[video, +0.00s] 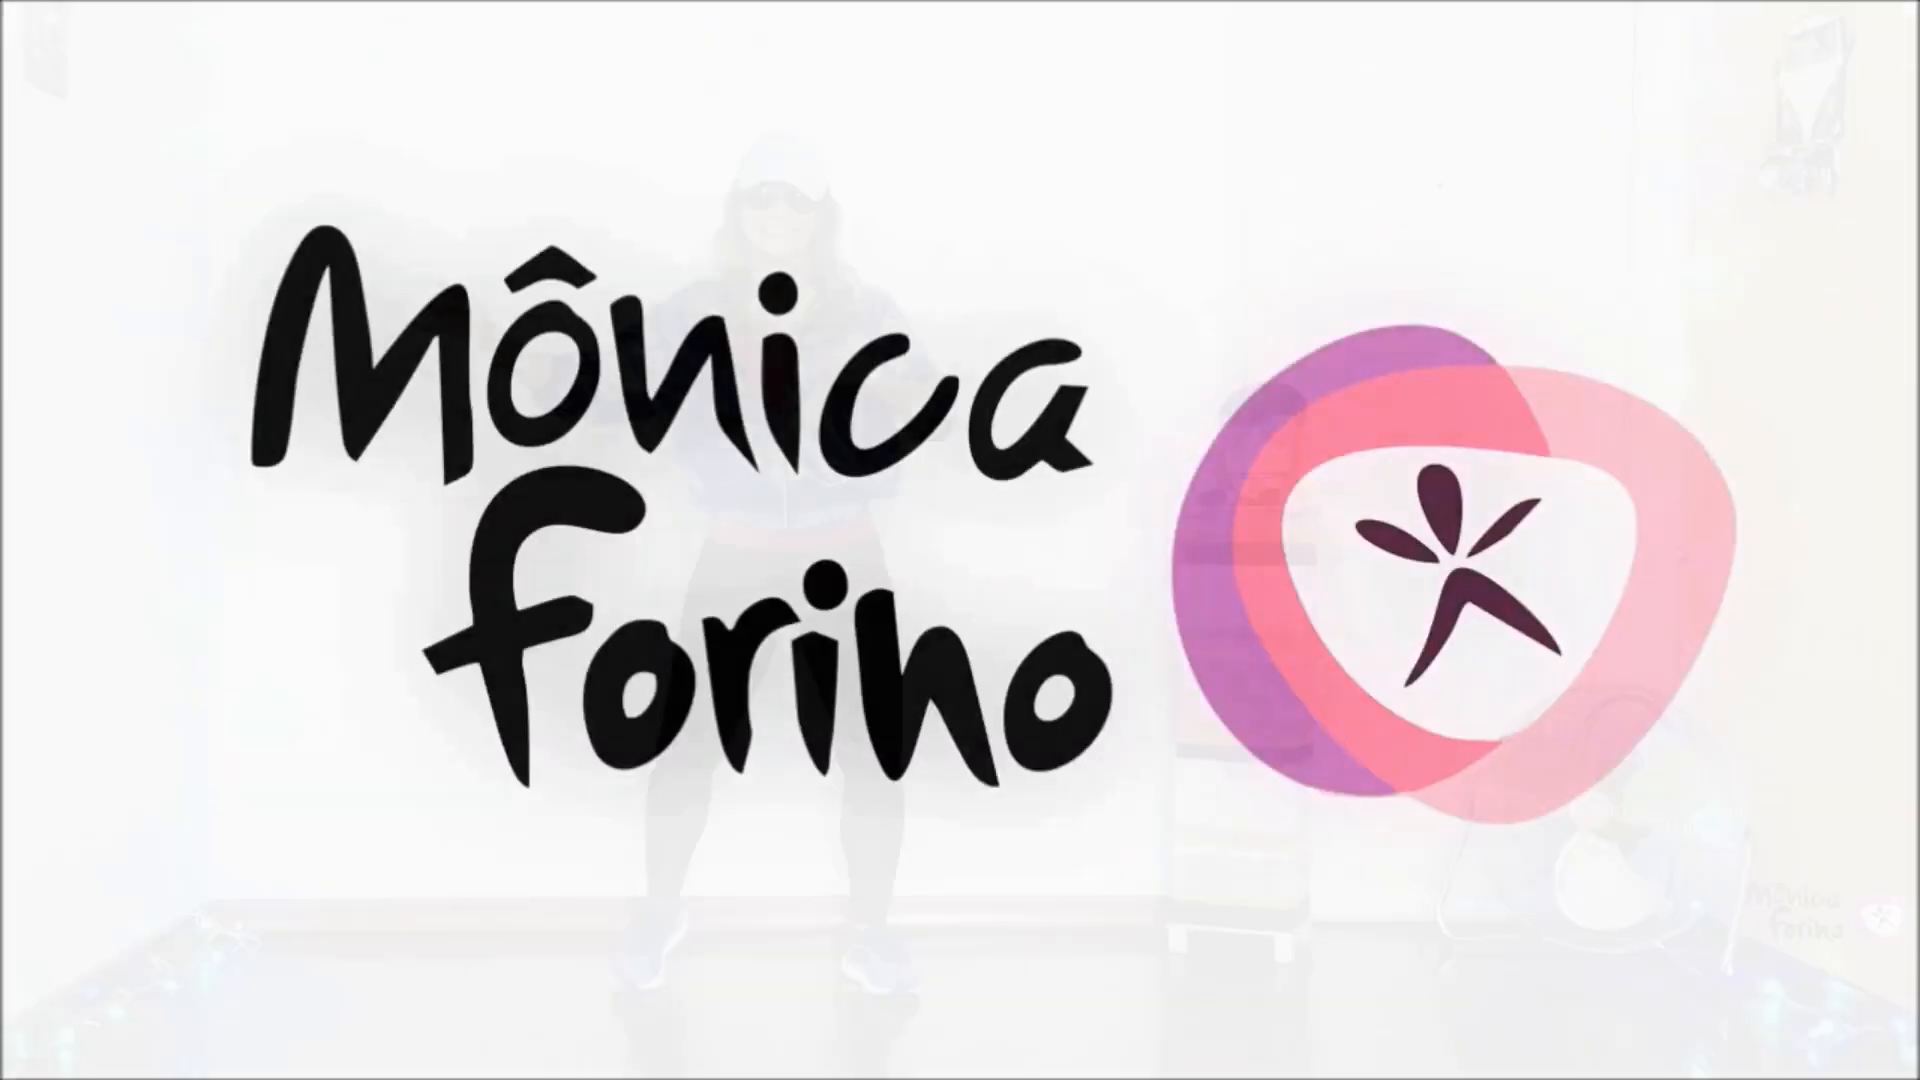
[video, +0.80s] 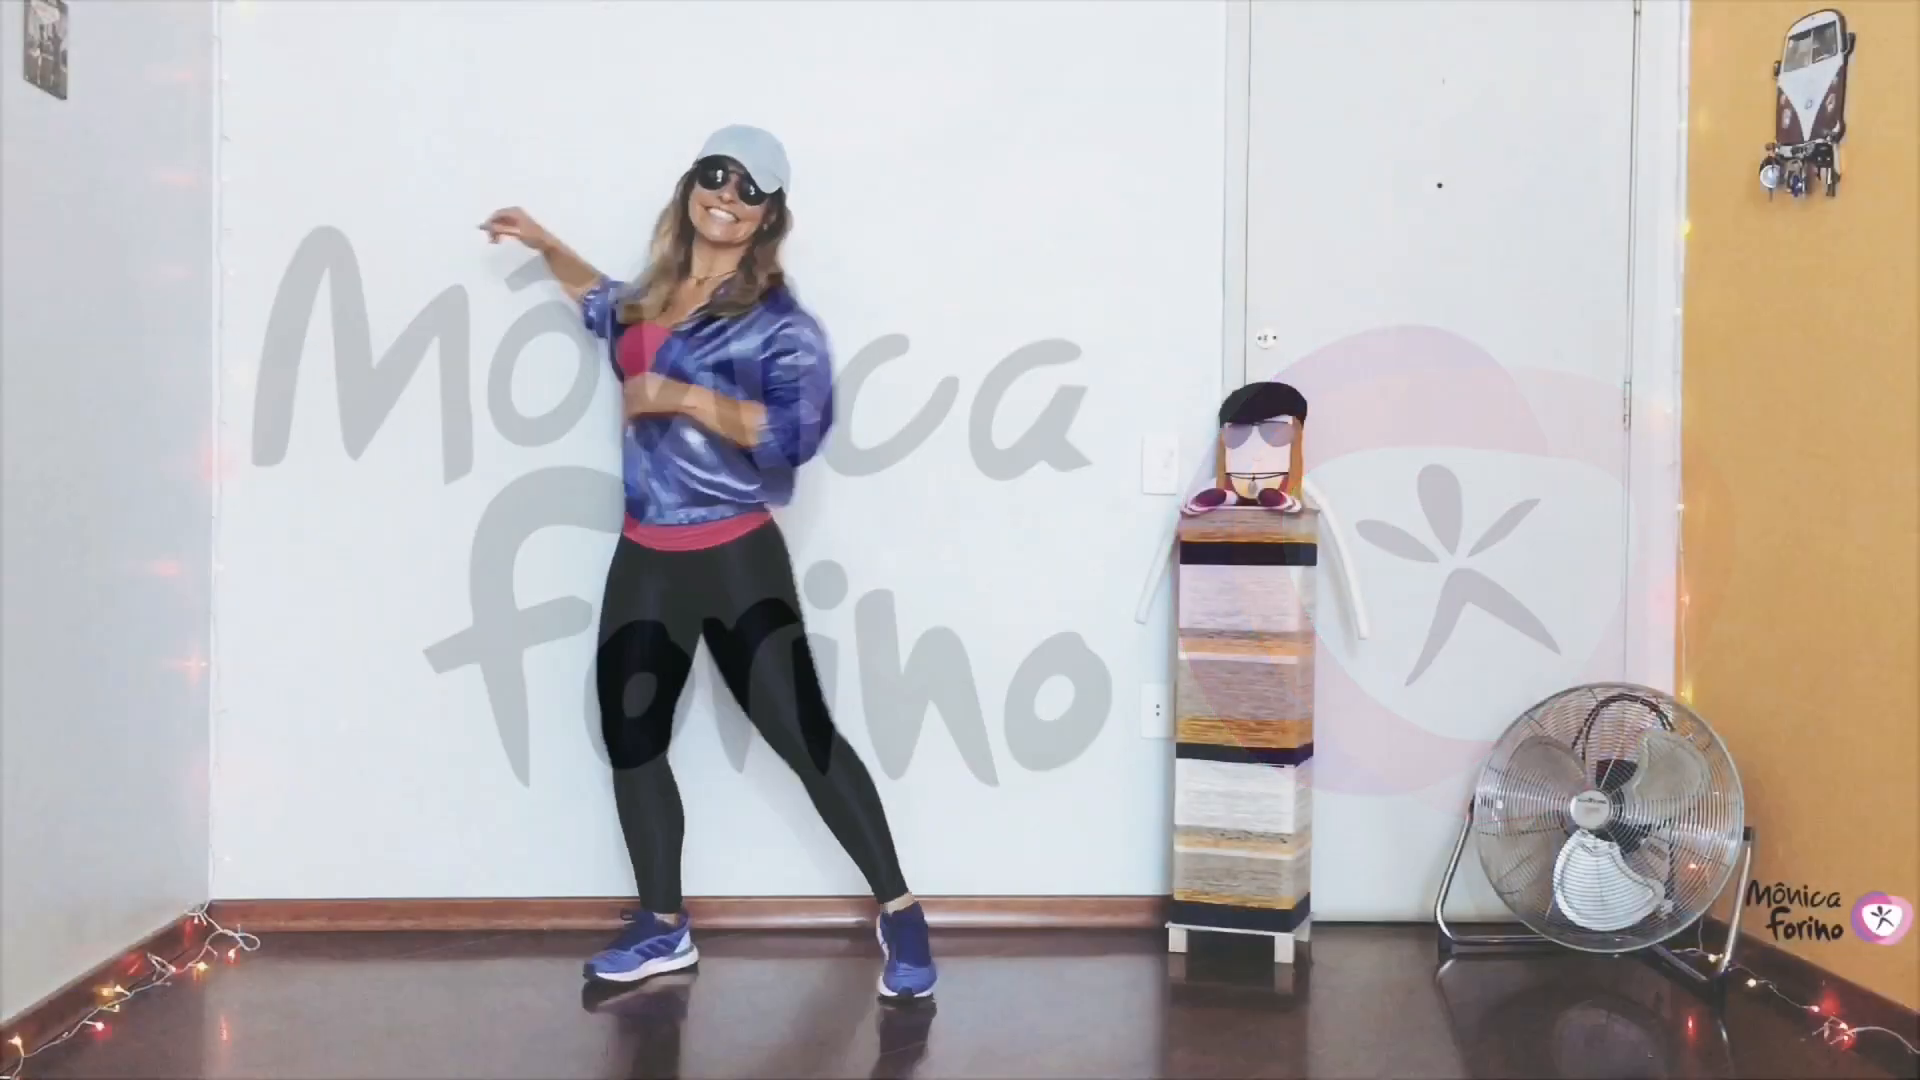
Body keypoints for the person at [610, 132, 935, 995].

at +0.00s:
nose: (774, 231)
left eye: (793, 214)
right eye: (758, 214)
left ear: (824, 222)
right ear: (733, 223)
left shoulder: (857, 317)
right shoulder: (702, 318)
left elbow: (905, 406)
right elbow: (657, 430)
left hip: (845, 554)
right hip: (737, 554)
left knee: (872, 750)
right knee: (696, 742)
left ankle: (868, 928)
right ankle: (658, 915)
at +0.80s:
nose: (727, 199)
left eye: (748, 192)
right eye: (714, 182)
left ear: (769, 216)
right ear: (687, 196)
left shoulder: (783, 327)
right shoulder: (653, 302)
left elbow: (795, 436)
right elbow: (604, 311)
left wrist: (685, 397)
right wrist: (548, 244)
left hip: (737, 553)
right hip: (646, 555)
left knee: (806, 734)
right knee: (632, 735)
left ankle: (898, 912)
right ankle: (662, 925)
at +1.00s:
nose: (704, 201)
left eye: (727, 198)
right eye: (694, 183)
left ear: (748, 225)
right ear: (671, 196)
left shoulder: (735, 325)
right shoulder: (658, 302)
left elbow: (683, 453)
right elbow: (645, 381)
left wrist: (600, 380)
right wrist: (618, 296)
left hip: (699, 563)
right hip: (626, 558)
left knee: (664, 748)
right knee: (612, 743)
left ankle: (787, 852)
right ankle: (662, 926)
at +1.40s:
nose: (683, 190)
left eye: (706, 179)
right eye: (670, 172)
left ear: (733, 200)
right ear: (647, 186)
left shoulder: (729, 286)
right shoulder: (639, 296)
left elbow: (754, 369)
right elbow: (641, 419)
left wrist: (633, 354)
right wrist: (582, 379)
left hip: (703, 547)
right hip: (627, 546)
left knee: (703, 734)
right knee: (643, 734)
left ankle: (776, 948)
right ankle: (661, 922)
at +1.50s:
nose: (687, 191)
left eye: (708, 178)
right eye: (671, 173)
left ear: (739, 195)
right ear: (649, 188)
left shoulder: (754, 276)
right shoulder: (648, 293)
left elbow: (835, 329)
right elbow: (623, 397)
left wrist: (708, 323)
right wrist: (548, 345)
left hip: (722, 559)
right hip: (640, 555)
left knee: (726, 750)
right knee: (635, 736)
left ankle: (791, 975)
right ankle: (657, 921)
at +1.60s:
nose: (692, 187)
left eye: (713, 173)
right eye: (675, 170)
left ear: (739, 190)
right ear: (650, 186)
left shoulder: (776, 270)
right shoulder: (654, 306)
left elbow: (904, 314)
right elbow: (606, 412)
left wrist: (815, 292)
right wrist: (517, 355)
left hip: (770, 562)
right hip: (683, 562)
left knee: (757, 770)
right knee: (579, 721)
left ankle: (799, 994)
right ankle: (634, 894)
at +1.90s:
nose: (715, 195)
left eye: (735, 178)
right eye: (694, 178)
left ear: (765, 193)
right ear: (669, 195)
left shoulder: (825, 291)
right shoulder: (640, 315)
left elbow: (923, 333)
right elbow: (633, 465)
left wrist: (948, 278)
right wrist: (584, 447)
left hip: (808, 572)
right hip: (698, 576)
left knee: (801, 783)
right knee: (620, 745)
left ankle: (803, 999)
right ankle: (687, 925)